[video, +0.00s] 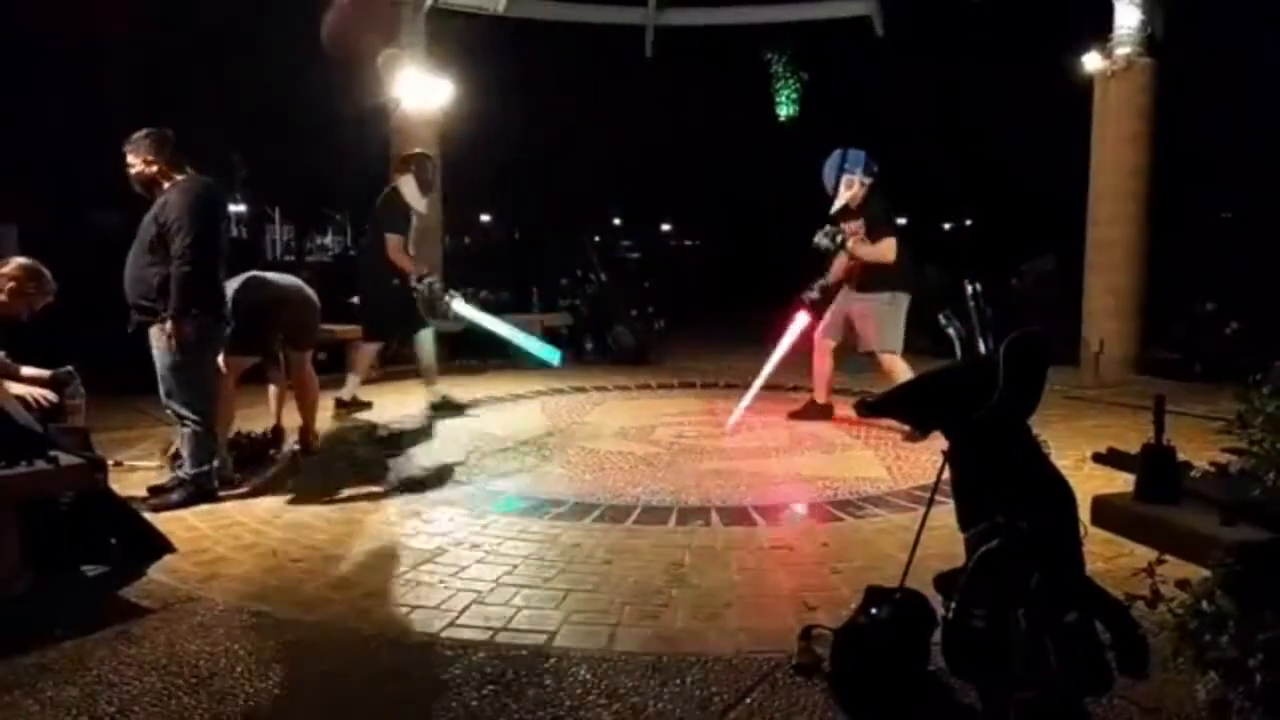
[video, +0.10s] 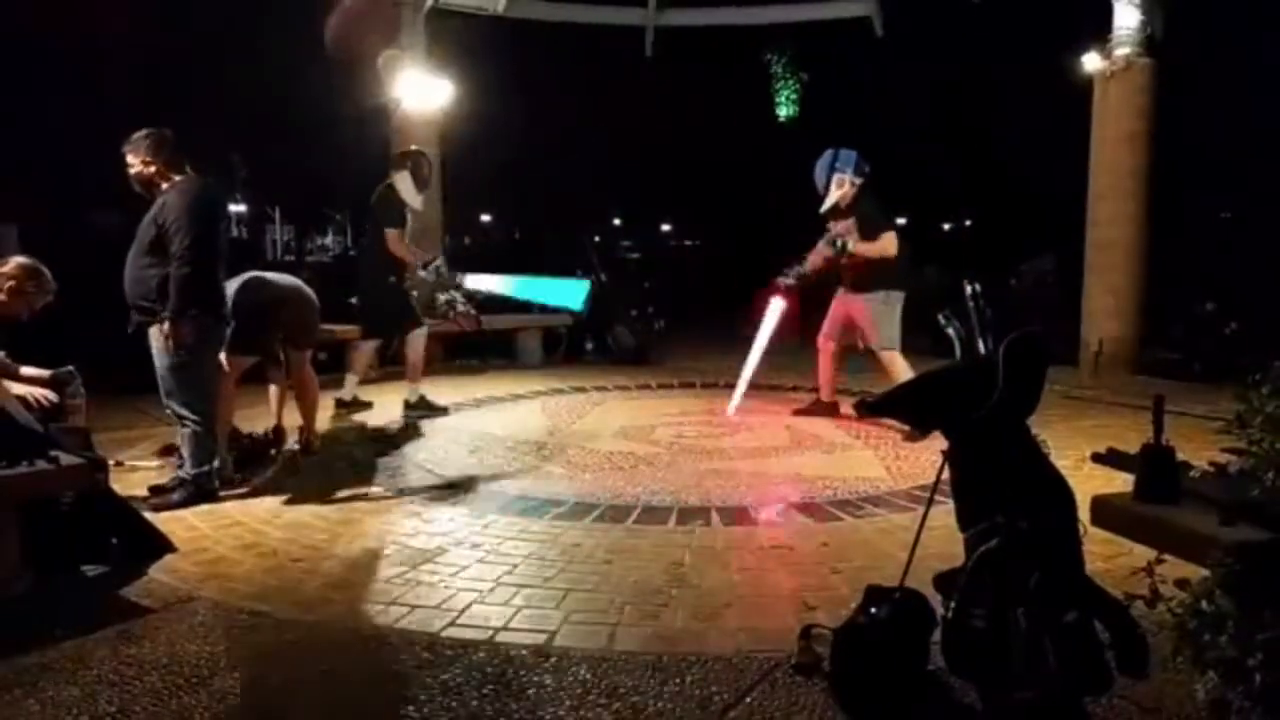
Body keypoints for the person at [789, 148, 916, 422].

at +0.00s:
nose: (846, 191)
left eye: (850, 184)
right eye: (842, 184)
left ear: (862, 182)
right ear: (838, 182)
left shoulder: (878, 207)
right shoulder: (843, 211)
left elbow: (888, 253)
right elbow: (844, 257)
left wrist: (846, 244)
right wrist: (824, 286)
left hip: (885, 291)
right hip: (852, 288)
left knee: (887, 357)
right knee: (824, 339)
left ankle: (923, 411)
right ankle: (820, 402)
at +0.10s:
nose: (837, 190)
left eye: (841, 183)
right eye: (833, 183)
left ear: (852, 182)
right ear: (829, 183)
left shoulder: (869, 207)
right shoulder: (836, 213)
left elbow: (890, 247)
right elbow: (825, 248)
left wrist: (852, 246)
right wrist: (801, 270)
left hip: (880, 292)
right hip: (848, 290)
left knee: (888, 353)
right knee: (827, 343)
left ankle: (922, 411)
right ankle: (826, 400)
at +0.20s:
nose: (820, 191)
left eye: (825, 184)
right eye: (818, 185)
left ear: (837, 182)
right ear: (816, 184)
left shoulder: (857, 208)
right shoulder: (822, 215)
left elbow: (881, 245)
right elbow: (809, 243)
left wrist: (848, 265)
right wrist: (777, 257)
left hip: (869, 293)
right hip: (835, 292)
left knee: (887, 352)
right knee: (818, 339)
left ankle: (920, 406)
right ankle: (826, 400)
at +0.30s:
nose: (815, 187)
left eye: (819, 181)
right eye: (812, 181)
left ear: (831, 180)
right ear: (810, 181)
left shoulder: (849, 205)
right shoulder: (816, 212)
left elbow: (870, 247)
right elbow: (805, 240)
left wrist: (845, 275)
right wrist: (771, 247)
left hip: (863, 289)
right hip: (832, 289)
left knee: (876, 347)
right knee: (816, 338)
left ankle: (910, 403)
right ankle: (826, 400)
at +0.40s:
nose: (808, 184)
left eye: (811, 177)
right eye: (807, 178)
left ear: (824, 175)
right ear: (809, 176)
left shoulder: (844, 199)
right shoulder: (814, 204)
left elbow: (858, 243)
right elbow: (810, 239)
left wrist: (834, 274)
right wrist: (779, 241)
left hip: (860, 280)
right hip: (831, 280)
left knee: (860, 340)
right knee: (819, 336)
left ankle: (880, 396)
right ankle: (826, 399)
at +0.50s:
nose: (808, 185)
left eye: (811, 178)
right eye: (807, 179)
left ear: (823, 174)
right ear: (810, 176)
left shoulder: (843, 198)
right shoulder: (814, 204)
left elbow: (857, 242)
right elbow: (810, 240)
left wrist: (829, 272)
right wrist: (779, 240)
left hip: (859, 280)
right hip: (830, 280)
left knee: (856, 343)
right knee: (818, 335)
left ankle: (872, 397)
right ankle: (826, 399)